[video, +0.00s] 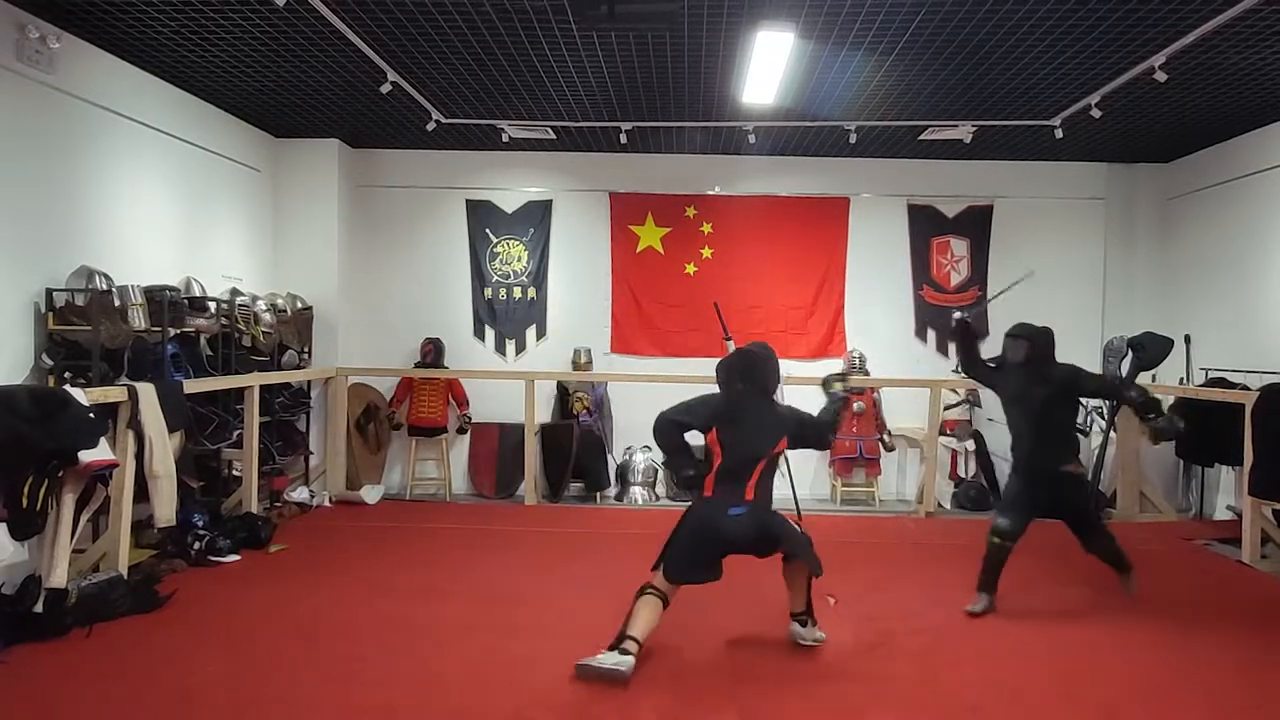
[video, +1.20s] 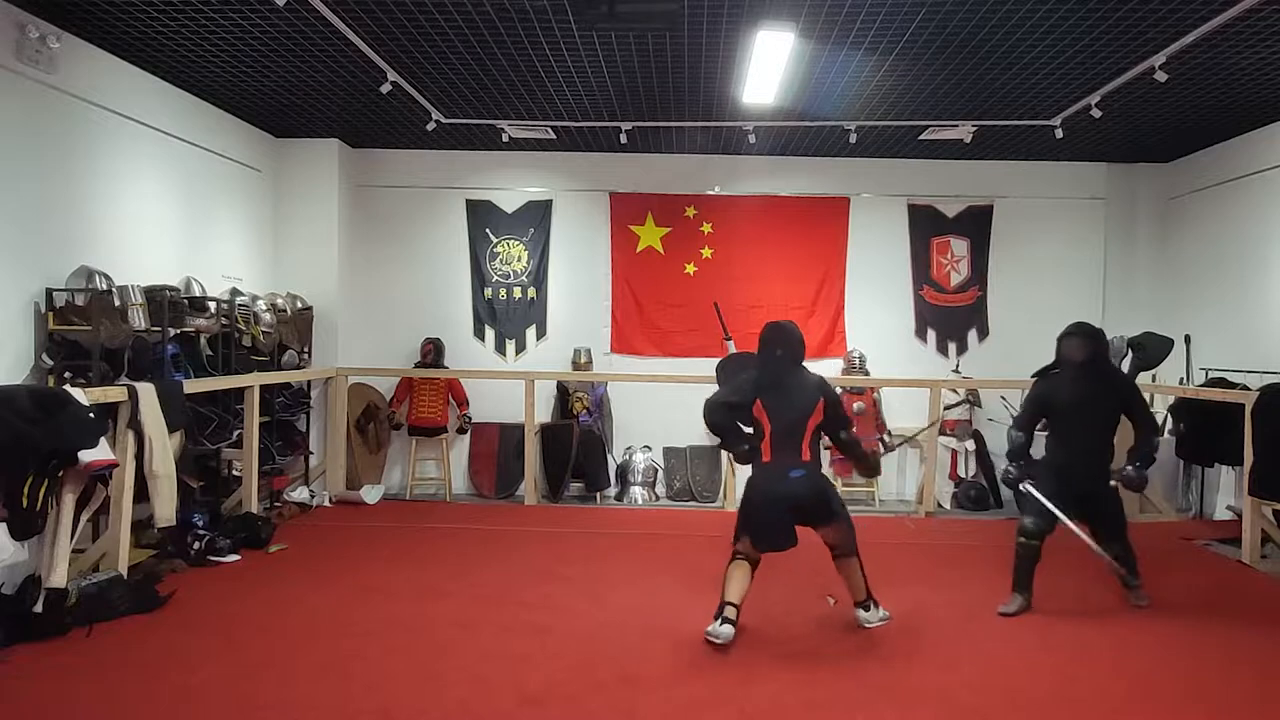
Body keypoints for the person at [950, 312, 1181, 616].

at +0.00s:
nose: (1011, 353)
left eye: (1019, 346)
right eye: (1009, 346)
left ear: (1037, 350)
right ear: (1005, 348)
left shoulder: (1064, 377)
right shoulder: (1004, 377)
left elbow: (1111, 386)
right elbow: (972, 365)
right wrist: (965, 335)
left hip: (1066, 477)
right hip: (1025, 476)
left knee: (1094, 540)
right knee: (1000, 535)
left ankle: (1126, 570)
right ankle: (985, 594)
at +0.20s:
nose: (1049, 367)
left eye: (1056, 361)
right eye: (1043, 361)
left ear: (1073, 366)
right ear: (1037, 364)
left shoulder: (1099, 392)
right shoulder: (1031, 395)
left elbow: (1142, 413)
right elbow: (983, 399)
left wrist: (1130, 406)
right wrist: (960, 371)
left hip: (1089, 488)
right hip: (1048, 485)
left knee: (1114, 549)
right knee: (1026, 532)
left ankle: (1136, 578)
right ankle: (1010, 590)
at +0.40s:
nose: (1035, 356)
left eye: (1042, 349)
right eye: (1028, 349)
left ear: (1056, 352)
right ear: (1019, 352)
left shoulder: (1080, 381)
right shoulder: (1012, 383)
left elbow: (1122, 415)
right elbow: (984, 402)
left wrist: (1099, 430)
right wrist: (958, 403)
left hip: (1081, 471)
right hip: (1037, 473)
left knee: (1120, 536)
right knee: (1016, 530)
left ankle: (1155, 573)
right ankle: (1012, 599)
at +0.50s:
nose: (1033, 349)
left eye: (1040, 342)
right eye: (1027, 343)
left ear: (1055, 347)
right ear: (1017, 349)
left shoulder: (1077, 380)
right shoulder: (1008, 387)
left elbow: (1121, 414)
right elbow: (988, 431)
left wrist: (1110, 444)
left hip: (1077, 473)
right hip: (1033, 474)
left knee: (1117, 539)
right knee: (1011, 530)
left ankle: (1158, 576)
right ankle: (1012, 599)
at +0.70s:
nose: (1035, 352)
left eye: (1042, 344)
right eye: (1031, 345)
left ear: (1061, 348)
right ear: (1025, 351)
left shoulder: (1090, 379)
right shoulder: (1022, 388)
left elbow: (1136, 403)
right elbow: (1003, 435)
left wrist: (1143, 449)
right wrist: (1024, 461)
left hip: (1084, 477)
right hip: (1037, 475)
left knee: (1106, 549)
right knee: (1015, 531)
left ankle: (1136, 578)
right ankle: (1013, 598)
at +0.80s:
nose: (1051, 358)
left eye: (1058, 350)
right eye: (1046, 350)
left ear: (1077, 352)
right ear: (1040, 354)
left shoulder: (1106, 383)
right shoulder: (1036, 389)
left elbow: (1158, 406)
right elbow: (999, 425)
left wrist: (1172, 453)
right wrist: (1007, 460)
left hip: (1096, 479)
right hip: (1052, 476)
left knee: (1113, 552)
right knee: (1024, 532)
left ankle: (1138, 584)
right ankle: (1014, 597)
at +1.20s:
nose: (1074, 363)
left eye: (1082, 356)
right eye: (1069, 355)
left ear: (1096, 355)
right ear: (1060, 353)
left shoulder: (1118, 385)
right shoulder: (1048, 385)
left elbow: (1146, 426)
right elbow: (1022, 426)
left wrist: (1139, 464)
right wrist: (1017, 459)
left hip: (1096, 475)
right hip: (1054, 473)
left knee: (1115, 540)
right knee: (1030, 529)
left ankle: (1133, 586)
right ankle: (1021, 593)